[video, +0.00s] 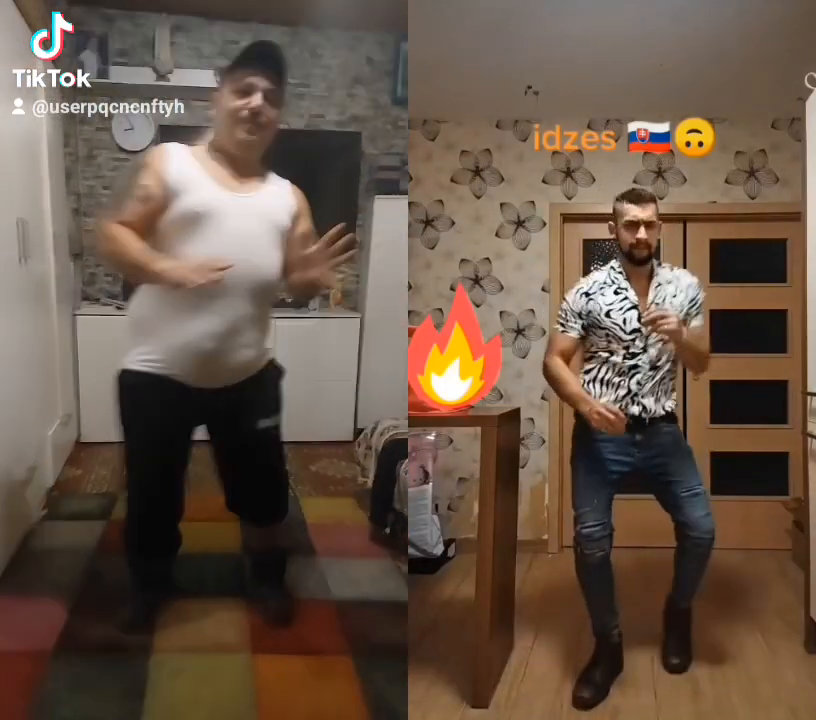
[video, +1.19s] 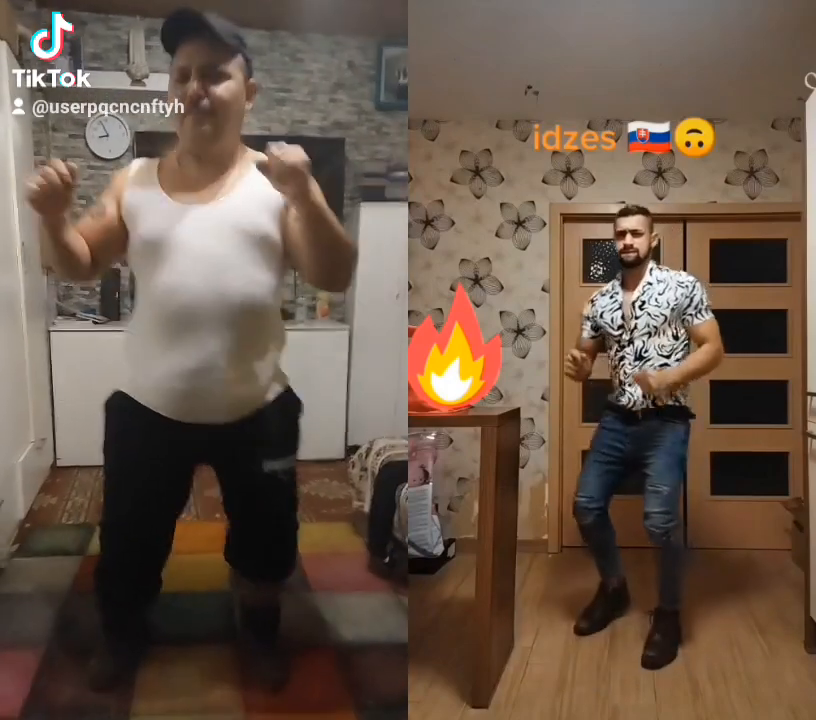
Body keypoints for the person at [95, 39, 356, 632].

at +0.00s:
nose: (255, 107)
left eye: (269, 99)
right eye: (245, 92)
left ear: (281, 117)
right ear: (216, 97)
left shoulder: (287, 198)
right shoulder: (168, 164)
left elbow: (298, 283)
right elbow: (113, 233)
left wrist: (304, 277)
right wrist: (167, 268)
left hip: (245, 374)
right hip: (158, 371)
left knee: (264, 495)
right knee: (152, 499)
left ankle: (268, 584)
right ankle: (147, 594)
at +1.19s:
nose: (195, 89)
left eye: (214, 75)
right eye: (183, 76)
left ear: (249, 90)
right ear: (170, 90)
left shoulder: (276, 184)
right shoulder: (137, 181)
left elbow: (335, 274)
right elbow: (77, 264)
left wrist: (304, 190)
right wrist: (54, 219)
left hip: (254, 413)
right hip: (150, 412)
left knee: (265, 550)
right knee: (127, 558)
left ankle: (261, 643)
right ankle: (119, 651)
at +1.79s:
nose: (210, 181)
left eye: (221, 164)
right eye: (194, 172)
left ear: (246, 176)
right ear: (176, 193)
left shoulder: (293, 248)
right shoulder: (158, 276)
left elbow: (350, 326)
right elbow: (123, 368)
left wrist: (353, 267)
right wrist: (120, 322)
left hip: (288, 480)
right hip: (186, 483)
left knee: (299, 627)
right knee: (152, 633)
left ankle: (292, 703)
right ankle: (136, 705)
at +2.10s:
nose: (258, 244)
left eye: (272, 232)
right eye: (242, 230)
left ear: (286, 248)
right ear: (212, 247)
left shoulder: (316, 330)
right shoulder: (170, 325)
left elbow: (370, 414)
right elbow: (102, 399)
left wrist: (359, 327)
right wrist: (92, 355)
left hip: (286, 575)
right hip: (169, 574)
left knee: (308, 712)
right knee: (140, 712)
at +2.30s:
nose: (237, 273)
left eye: (253, 266)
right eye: (221, 262)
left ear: (269, 293)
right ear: (194, 283)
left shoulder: (292, 376)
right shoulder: (140, 356)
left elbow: (329, 494)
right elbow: (51, 429)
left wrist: (307, 400)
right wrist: (55, 347)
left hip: (250, 650)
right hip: (118, 648)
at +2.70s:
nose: (172, 180)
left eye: (184, 172)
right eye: (148, 168)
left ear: (201, 204)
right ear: (108, 202)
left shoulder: (245, 296)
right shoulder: (71, 292)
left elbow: (289, 395)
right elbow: (22, 413)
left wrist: (333, 357)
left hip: (264, 609)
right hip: (119, 620)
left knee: (304, 706)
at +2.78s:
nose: (164, 173)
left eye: (178, 164)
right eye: (139, 161)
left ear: (198, 196)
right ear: (102, 196)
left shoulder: (241, 288)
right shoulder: (72, 291)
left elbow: (298, 380)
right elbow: (42, 421)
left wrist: (343, 313)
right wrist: (164, 475)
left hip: (289, 608)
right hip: (142, 625)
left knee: (330, 711)